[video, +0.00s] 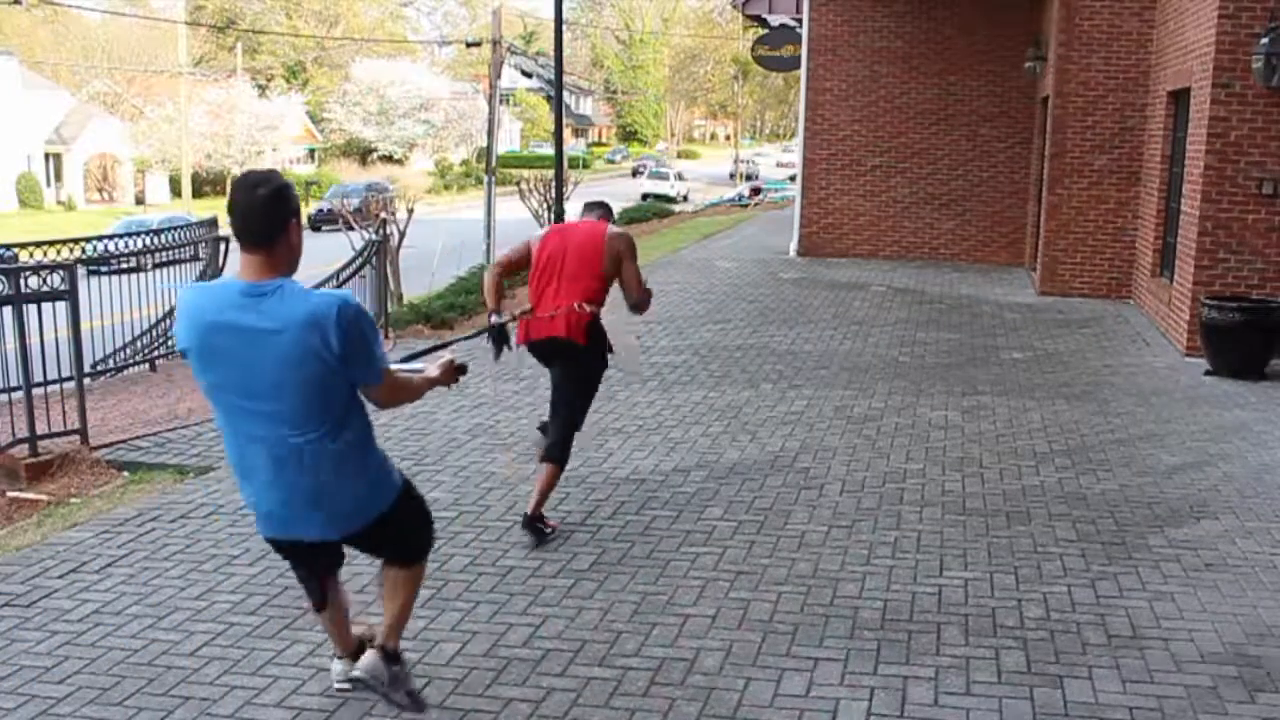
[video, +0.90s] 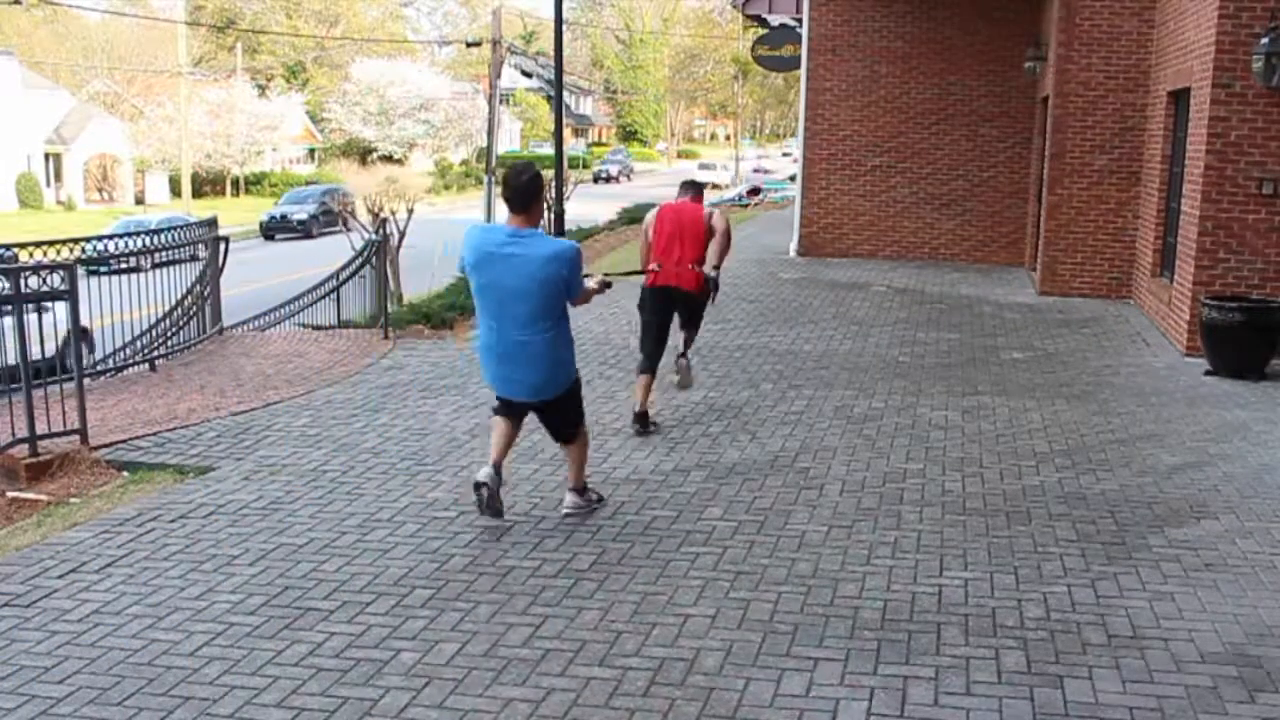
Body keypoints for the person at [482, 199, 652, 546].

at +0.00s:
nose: (608, 227)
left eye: (602, 221)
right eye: (609, 222)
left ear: (580, 217)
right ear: (608, 220)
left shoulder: (548, 235)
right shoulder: (617, 238)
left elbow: (495, 269)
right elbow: (637, 303)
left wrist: (493, 316)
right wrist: (642, 286)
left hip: (536, 336)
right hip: (579, 336)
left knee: (571, 374)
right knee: (564, 429)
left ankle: (553, 428)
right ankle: (533, 513)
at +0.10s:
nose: (619, 215)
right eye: (622, 210)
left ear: (592, 206)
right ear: (621, 208)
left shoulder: (559, 221)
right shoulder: (631, 222)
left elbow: (515, 251)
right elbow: (651, 283)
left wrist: (515, 299)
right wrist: (640, 284)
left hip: (554, 318)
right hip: (597, 317)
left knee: (578, 382)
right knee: (583, 399)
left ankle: (576, 454)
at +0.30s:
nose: (641, 220)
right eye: (642, 216)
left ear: (614, 210)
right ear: (641, 213)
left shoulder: (587, 227)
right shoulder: (648, 227)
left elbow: (572, 259)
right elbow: (663, 243)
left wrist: (574, 290)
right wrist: (644, 287)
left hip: (583, 318)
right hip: (626, 315)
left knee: (580, 396)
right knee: (634, 354)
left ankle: (567, 469)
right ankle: (621, 394)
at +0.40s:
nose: (658, 212)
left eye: (656, 208)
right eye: (660, 208)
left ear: (634, 199)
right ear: (657, 203)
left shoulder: (605, 216)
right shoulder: (662, 214)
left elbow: (583, 266)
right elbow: (673, 224)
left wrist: (590, 277)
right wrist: (652, 275)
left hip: (596, 304)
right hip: (639, 299)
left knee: (598, 371)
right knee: (650, 355)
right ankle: (630, 416)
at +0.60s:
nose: (680, 214)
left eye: (679, 210)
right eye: (681, 210)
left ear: (655, 204)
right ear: (678, 207)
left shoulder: (626, 221)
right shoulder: (685, 229)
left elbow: (593, 252)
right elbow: (695, 290)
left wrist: (593, 296)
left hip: (621, 304)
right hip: (655, 306)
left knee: (644, 338)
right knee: (647, 381)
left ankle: (631, 378)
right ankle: (623, 438)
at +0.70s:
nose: (689, 204)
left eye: (686, 200)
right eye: (689, 200)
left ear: (664, 195)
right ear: (687, 197)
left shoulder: (638, 210)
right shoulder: (695, 213)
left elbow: (601, 230)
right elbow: (709, 264)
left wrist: (602, 271)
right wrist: (699, 238)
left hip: (634, 290)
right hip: (669, 292)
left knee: (654, 338)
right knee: (657, 358)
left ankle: (648, 396)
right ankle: (635, 412)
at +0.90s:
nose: (699, 203)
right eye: (701, 199)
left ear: (677, 195)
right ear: (701, 198)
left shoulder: (654, 214)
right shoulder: (712, 215)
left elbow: (645, 252)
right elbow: (722, 234)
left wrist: (648, 269)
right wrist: (712, 269)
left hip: (656, 284)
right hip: (692, 284)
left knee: (649, 350)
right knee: (690, 325)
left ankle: (640, 409)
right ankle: (683, 356)